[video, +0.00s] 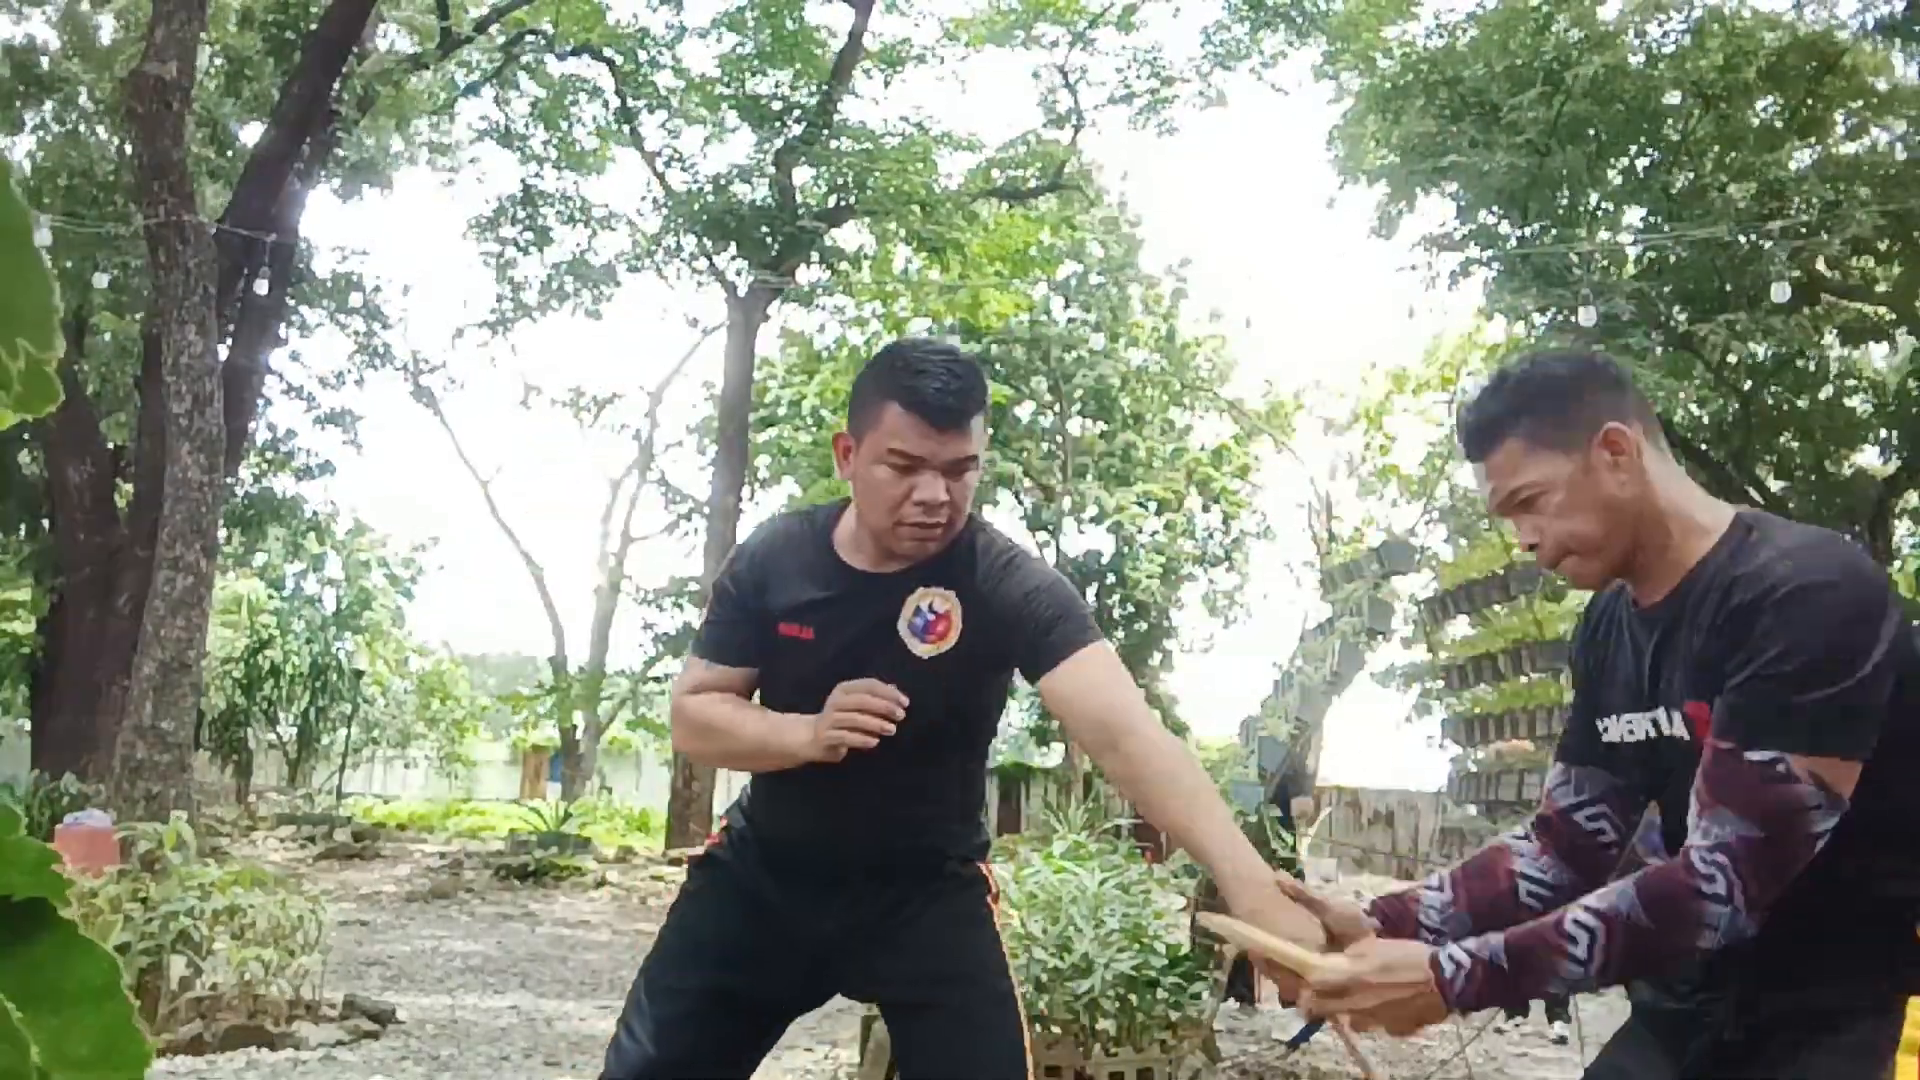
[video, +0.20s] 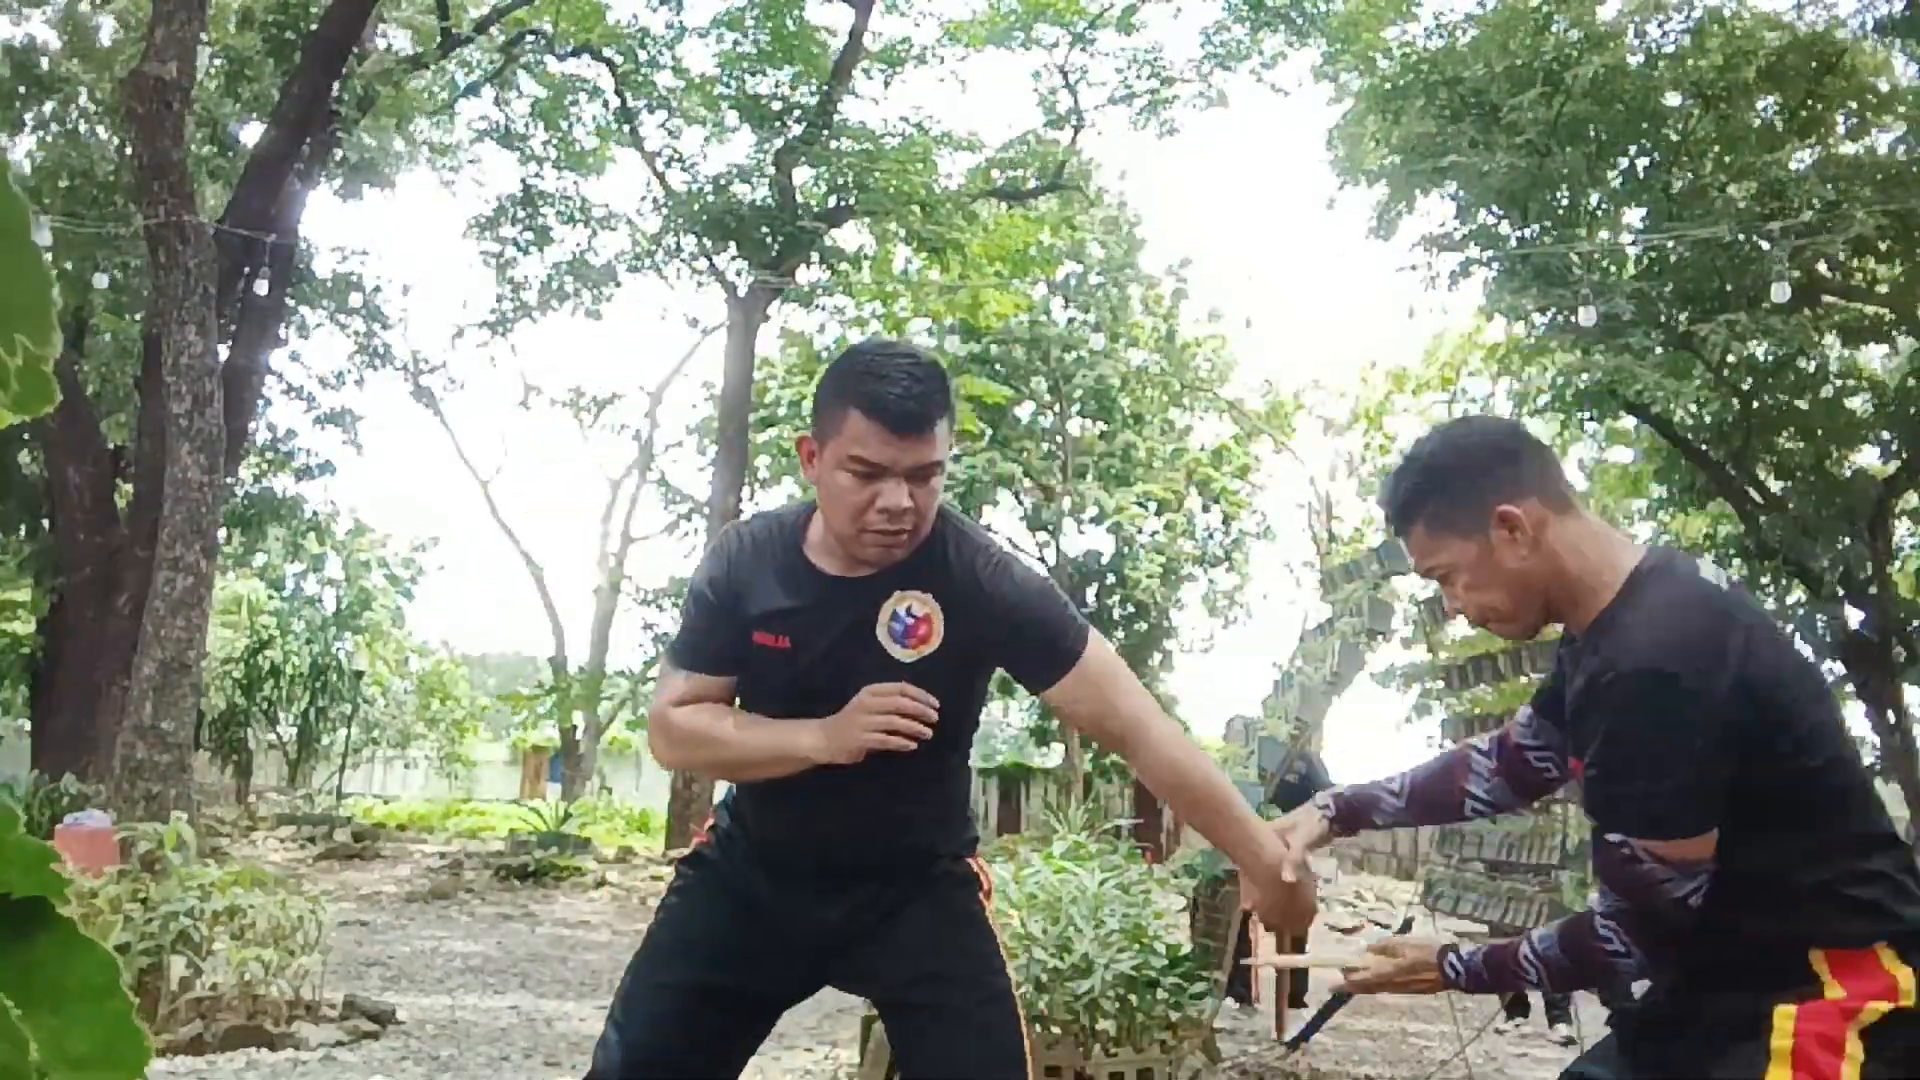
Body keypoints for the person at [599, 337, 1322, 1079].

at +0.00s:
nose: (936, 495)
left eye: (960, 468)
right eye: (907, 465)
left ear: (983, 458)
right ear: (848, 453)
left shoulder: (1008, 586)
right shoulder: (774, 560)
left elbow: (1128, 733)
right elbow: (691, 721)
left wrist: (1253, 887)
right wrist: (804, 735)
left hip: (927, 896)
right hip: (766, 879)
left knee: (982, 1067)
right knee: (647, 1062)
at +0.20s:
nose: (898, 502)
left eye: (923, 474)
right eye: (869, 473)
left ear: (948, 461)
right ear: (810, 456)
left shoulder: (981, 582)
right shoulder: (741, 567)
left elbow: (1132, 724)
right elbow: (674, 733)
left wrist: (1264, 862)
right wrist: (819, 737)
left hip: (917, 887)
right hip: (753, 874)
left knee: (981, 1066)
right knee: (636, 1061)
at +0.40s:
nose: (901, 509)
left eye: (925, 480)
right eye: (871, 479)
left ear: (950, 465)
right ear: (812, 464)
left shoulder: (994, 578)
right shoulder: (749, 568)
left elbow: (1170, 683)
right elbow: (686, 744)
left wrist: (1335, 771)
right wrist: (839, 742)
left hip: (928, 891)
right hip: (759, 880)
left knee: (990, 1069)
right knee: (642, 1067)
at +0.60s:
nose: (923, 525)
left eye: (949, 496)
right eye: (895, 495)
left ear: (974, 479)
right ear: (837, 474)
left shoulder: (1013, 585)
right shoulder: (766, 579)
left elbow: (1190, 682)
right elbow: (702, 753)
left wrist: (1341, 761)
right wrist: (867, 749)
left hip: (935, 896)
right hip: (766, 886)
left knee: (999, 1066)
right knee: (648, 1066)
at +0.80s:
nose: (912, 529)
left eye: (938, 500)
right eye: (884, 498)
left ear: (965, 483)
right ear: (826, 476)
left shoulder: (1002, 583)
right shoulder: (761, 582)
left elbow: (1184, 672)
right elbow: (702, 756)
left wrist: (1336, 735)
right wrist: (866, 752)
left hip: (938, 901)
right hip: (767, 892)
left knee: (1002, 1067)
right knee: (648, 1064)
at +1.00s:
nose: (904, 530)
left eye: (932, 501)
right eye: (878, 499)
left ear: (960, 482)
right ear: (821, 473)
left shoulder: (996, 579)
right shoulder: (758, 582)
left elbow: (1161, 679)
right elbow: (699, 757)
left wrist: (1290, 778)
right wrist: (860, 748)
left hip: (937, 900)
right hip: (766, 892)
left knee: (1004, 1065)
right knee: (646, 1064)